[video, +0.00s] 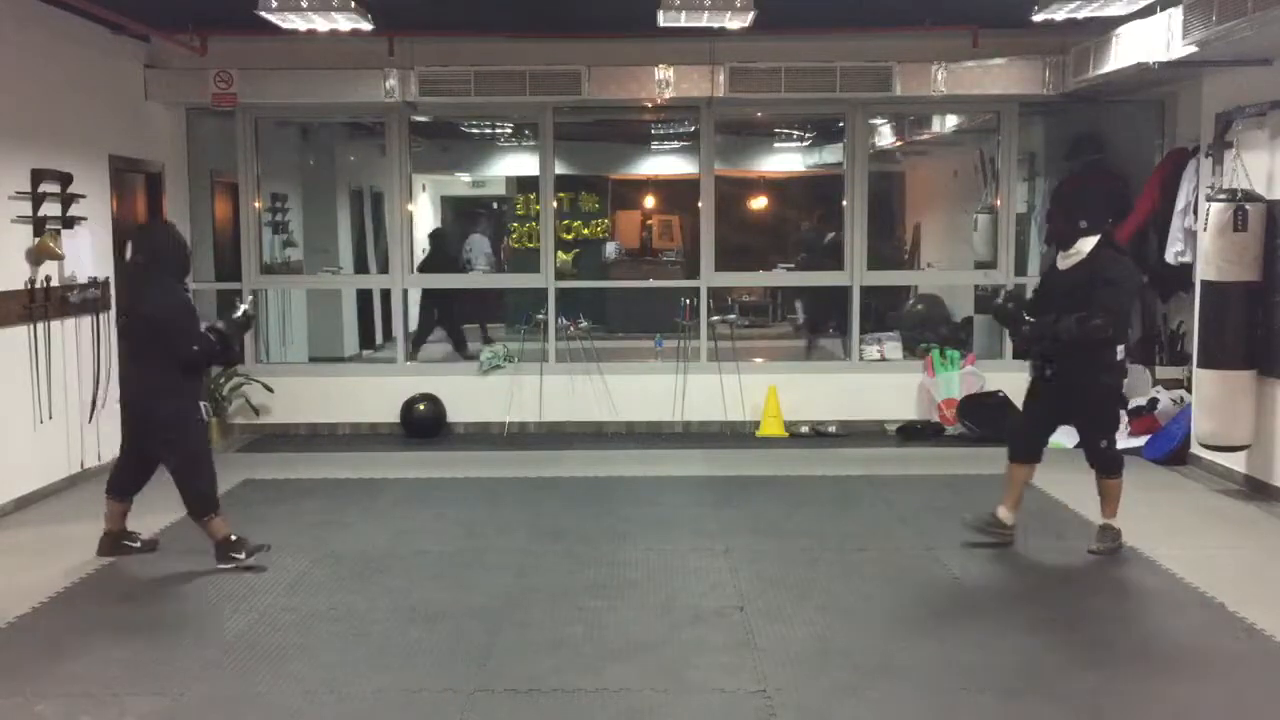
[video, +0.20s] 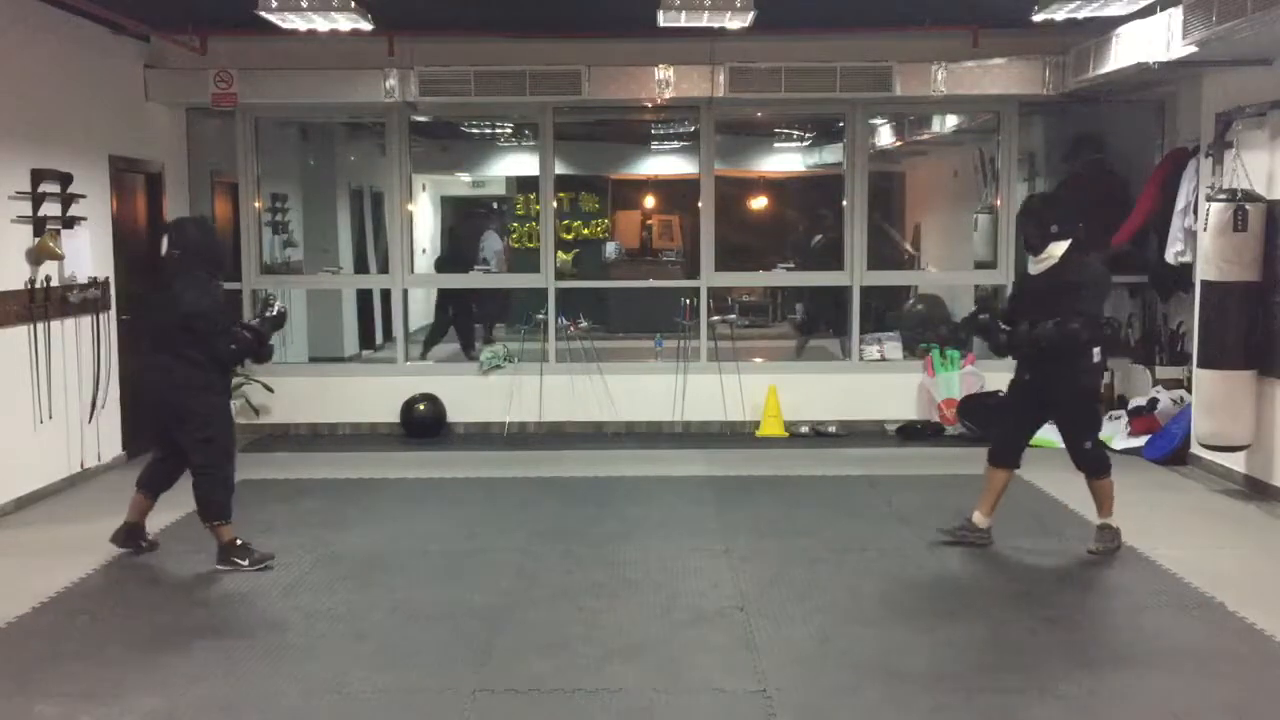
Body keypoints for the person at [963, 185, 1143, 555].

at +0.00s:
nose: (1049, 222)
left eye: (1057, 214)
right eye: (1051, 214)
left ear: (1077, 216)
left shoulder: (1112, 263)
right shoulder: (1058, 263)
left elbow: (1108, 325)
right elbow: (1040, 314)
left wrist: (1046, 334)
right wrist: (1014, 315)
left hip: (1096, 376)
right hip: (1053, 374)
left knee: (1103, 451)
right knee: (1025, 440)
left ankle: (1109, 526)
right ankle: (1004, 518)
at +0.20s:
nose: (1026, 237)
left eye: (1032, 228)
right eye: (1023, 229)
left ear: (1052, 226)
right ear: (1024, 230)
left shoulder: (1086, 269)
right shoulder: (1028, 276)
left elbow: (1083, 327)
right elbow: (1011, 335)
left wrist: (1032, 337)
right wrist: (992, 329)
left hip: (1074, 375)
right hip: (1032, 375)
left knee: (1087, 450)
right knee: (1005, 444)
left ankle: (1107, 525)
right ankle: (979, 522)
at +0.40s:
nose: (978, 235)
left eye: (984, 226)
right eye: (979, 227)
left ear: (1007, 227)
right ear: (1003, 229)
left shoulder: (1043, 265)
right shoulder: (992, 274)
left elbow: (1046, 324)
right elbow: (987, 325)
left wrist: (991, 339)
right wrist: (959, 330)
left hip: (1041, 375)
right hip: (1002, 375)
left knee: (1059, 448)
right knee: (979, 442)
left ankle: (1098, 520)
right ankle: (975, 524)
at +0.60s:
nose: (954, 229)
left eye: (959, 220)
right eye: (954, 221)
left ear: (980, 221)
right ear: (982, 221)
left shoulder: (1018, 261)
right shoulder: (967, 264)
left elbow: (1027, 322)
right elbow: (951, 312)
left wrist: (980, 352)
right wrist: (914, 317)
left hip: (1013, 369)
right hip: (974, 368)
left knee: (1018, 445)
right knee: (970, 444)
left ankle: (1068, 510)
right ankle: (976, 524)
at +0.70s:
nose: (946, 228)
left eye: (952, 220)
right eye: (946, 220)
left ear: (974, 221)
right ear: (975, 221)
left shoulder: (1011, 266)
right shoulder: (955, 265)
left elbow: (1016, 328)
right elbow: (930, 306)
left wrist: (999, 372)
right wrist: (892, 320)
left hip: (999, 372)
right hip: (964, 371)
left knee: (995, 447)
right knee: (968, 447)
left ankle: (1033, 509)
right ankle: (975, 523)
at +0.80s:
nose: (937, 228)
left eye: (942, 220)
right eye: (937, 220)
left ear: (964, 220)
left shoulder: (1000, 263)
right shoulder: (946, 263)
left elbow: (1020, 323)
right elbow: (918, 305)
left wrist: (1021, 373)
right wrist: (882, 324)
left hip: (989, 366)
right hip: (955, 367)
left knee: (972, 443)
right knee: (958, 443)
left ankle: (992, 526)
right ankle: (974, 523)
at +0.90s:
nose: (924, 230)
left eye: (929, 222)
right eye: (924, 222)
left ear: (951, 224)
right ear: (957, 224)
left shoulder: (993, 267)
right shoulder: (934, 267)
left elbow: (1022, 322)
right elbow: (907, 305)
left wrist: (1036, 374)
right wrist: (873, 333)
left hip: (975, 371)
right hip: (943, 371)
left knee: (951, 445)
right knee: (962, 446)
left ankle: (949, 527)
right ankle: (975, 523)